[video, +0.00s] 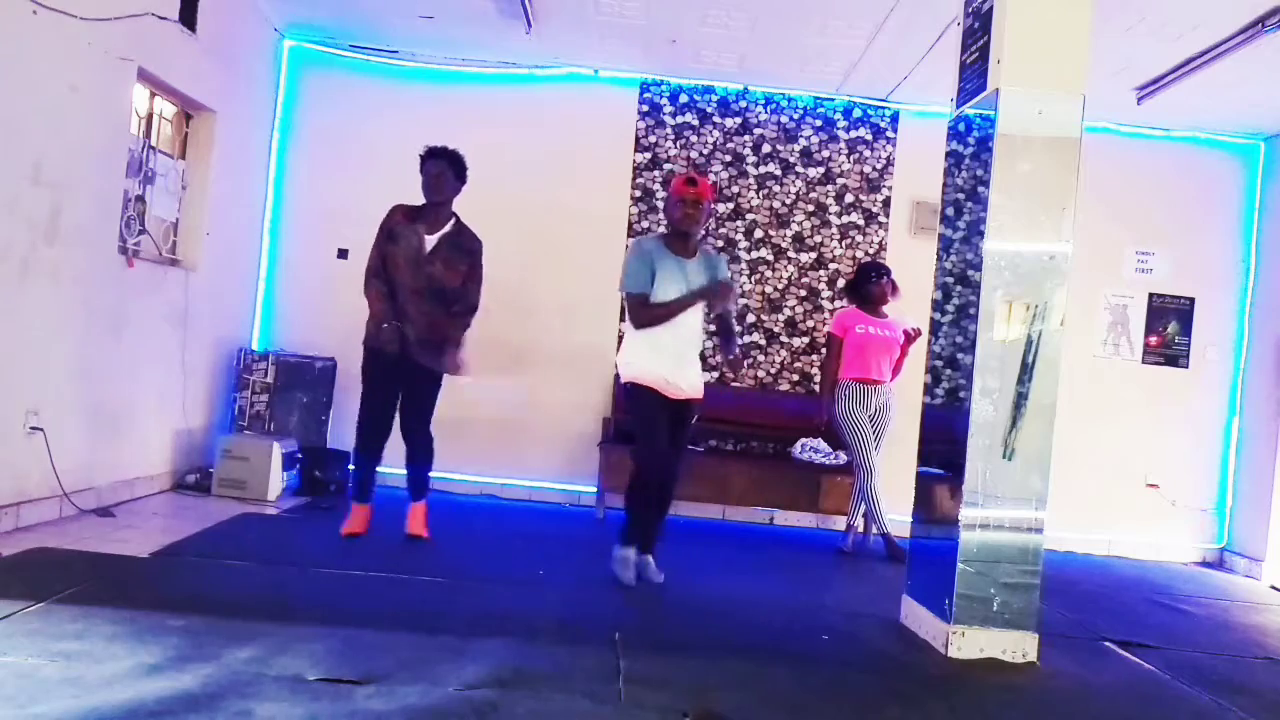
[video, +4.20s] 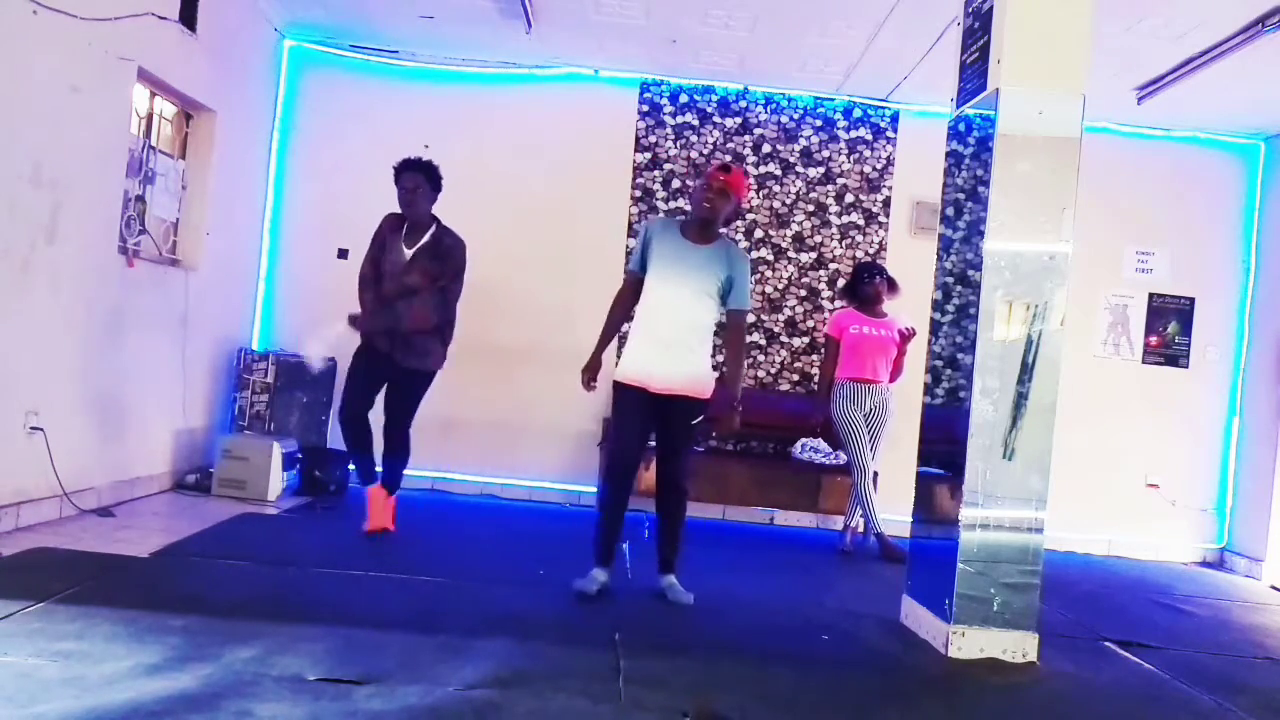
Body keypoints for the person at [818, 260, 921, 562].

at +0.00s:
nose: (890, 286)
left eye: (890, 281)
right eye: (883, 281)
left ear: (889, 287)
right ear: (866, 287)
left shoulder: (894, 328)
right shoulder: (846, 317)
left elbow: (892, 374)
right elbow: (831, 363)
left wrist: (906, 348)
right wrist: (826, 404)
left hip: (881, 397)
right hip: (850, 394)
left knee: (867, 465)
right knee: (867, 463)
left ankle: (849, 533)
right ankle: (887, 536)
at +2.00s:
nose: (879, 301)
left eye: (882, 295)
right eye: (872, 296)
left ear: (886, 290)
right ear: (857, 291)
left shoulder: (890, 326)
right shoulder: (840, 317)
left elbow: (889, 374)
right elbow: (827, 364)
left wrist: (901, 345)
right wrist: (822, 404)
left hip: (878, 396)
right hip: (846, 392)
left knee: (866, 465)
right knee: (865, 463)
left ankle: (849, 533)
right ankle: (884, 535)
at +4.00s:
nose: (877, 283)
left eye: (881, 278)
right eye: (870, 278)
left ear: (887, 286)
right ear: (858, 287)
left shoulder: (892, 327)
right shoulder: (841, 318)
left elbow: (891, 376)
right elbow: (827, 365)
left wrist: (902, 349)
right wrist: (820, 405)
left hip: (878, 397)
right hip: (846, 393)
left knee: (866, 466)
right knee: (862, 464)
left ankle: (847, 532)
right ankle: (881, 536)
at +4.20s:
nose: (879, 283)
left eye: (882, 278)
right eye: (871, 278)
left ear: (887, 286)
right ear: (859, 287)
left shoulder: (893, 326)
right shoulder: (842, 318)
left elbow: (893, 376)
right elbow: (828, 365)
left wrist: (903, 349)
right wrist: (823, 406)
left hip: (880, 397)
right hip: (847, 393)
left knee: (866, 465)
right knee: (861, 463)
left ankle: (848, 531)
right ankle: (881, 536)